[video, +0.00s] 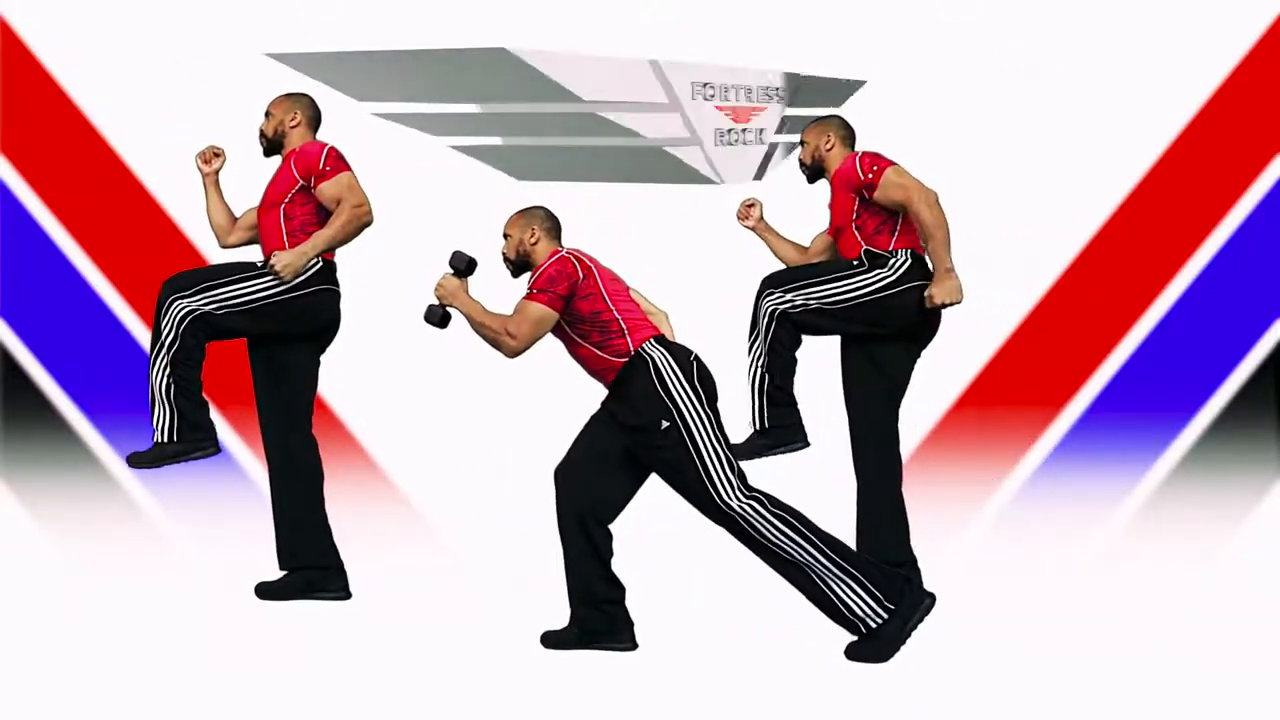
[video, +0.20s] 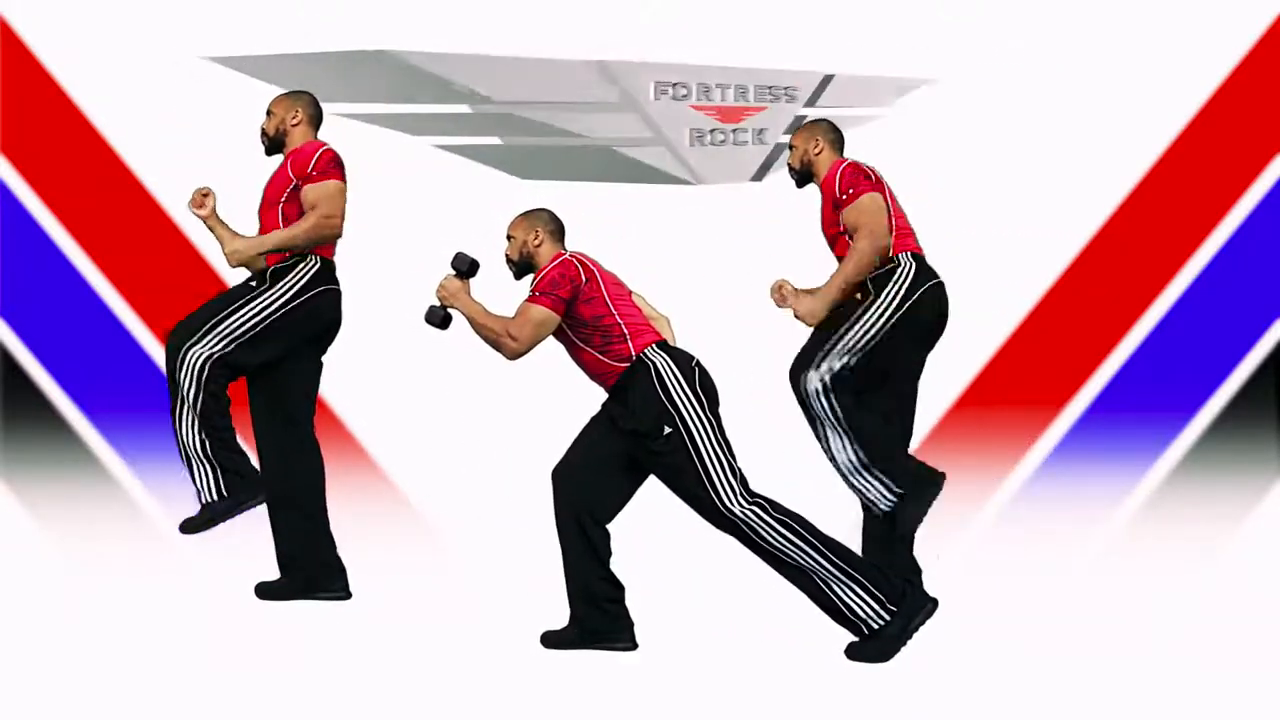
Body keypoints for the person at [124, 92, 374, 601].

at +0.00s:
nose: (261, 126)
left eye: (268, 117)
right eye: (263, 118)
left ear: (295, 120)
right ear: (294, 122)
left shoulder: (315, 154)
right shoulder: (285, 185)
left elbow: (358, 209)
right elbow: (230, 234)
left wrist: (305, 252)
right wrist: (211, 178)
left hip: (296, 284)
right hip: (295, 299)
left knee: (179, 297)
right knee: (288, 441)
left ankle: (185, 430)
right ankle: (316, 571)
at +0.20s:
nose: (263, 125)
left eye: (269, 115)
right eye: (265, 117)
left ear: (294, 115)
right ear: (297, 119)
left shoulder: (316, 155)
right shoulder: (283, 176)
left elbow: (328, 221)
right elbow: (251, 257)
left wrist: (259, 245)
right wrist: (212, 217)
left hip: (299, 282)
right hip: (290, 293)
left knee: (191, 349)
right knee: (285, 436)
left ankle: (227, 482)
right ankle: (315, 572)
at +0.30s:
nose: (263, 124)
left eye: (268, 113)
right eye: (264, 115)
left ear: (292, 113)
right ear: (300, 117)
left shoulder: (314, 154)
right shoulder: (286, 176)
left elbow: (295, 224)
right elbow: (281, 266)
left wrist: (219, 217)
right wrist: (229, 251)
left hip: (298, 286)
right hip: (297, 293)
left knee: (216, 383)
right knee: (286, 430)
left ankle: (261, 529)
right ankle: (315, 569)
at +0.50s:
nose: (259, 118)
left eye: (265, 108)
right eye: (261, 111)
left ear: (291, 108)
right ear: (300, 114)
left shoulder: (303, 148)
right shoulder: (308, 160)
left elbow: (238, 196)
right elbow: (333, 250)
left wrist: (191, 151)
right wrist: (271, 276)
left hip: (294, 286)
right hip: (297, 288)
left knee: (286, 423)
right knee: (288, 425)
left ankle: (308, 579)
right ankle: (325, 571)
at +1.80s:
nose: (261, 114)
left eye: (267, 105)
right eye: (263, 106)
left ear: (290, 108)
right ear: (295, 112)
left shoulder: (310, 149)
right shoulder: (283, 169)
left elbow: (294, 219)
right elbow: (287, 259)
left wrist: (221, 214)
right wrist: (240, 252)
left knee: (278, 417)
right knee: (245, 411)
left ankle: (303, 564)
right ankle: (315, 555)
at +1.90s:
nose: (260, 119)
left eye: (267, 109)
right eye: (262, 111)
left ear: (291, 111)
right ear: (293, 115)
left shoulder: (310, 151)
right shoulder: (283, 174)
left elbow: (329, 216)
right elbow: (268, 260)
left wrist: (255, 241)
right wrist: (217, 220)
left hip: (302, 286)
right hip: (295, 291)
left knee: (216, 374)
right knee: (289, 433)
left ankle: (254, 522)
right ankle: (315, 570)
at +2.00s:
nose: (260, 118)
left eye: (267, 109)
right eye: (262, 111)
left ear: (292, 112)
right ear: (292, 116)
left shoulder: (311, 149)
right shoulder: (287, 177)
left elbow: (354, 209)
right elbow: (236, 234)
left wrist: (299, 253)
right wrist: (208, 183)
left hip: (296, 287)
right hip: (301, 298)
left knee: (189, 332)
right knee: (292, 440)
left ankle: (215, 464)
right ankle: (314, 572)